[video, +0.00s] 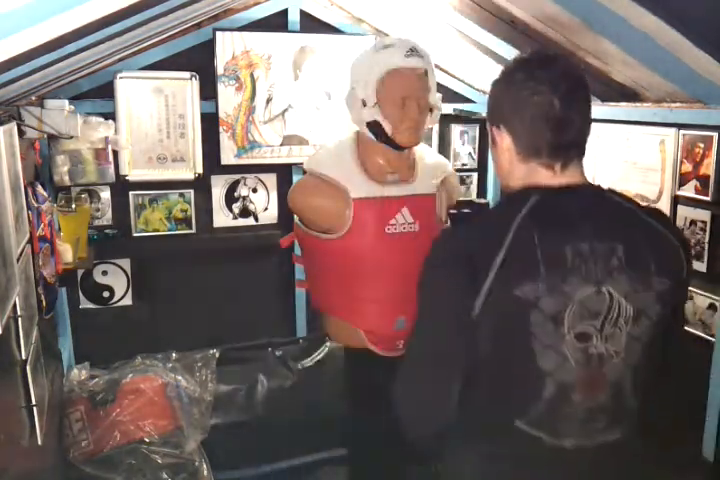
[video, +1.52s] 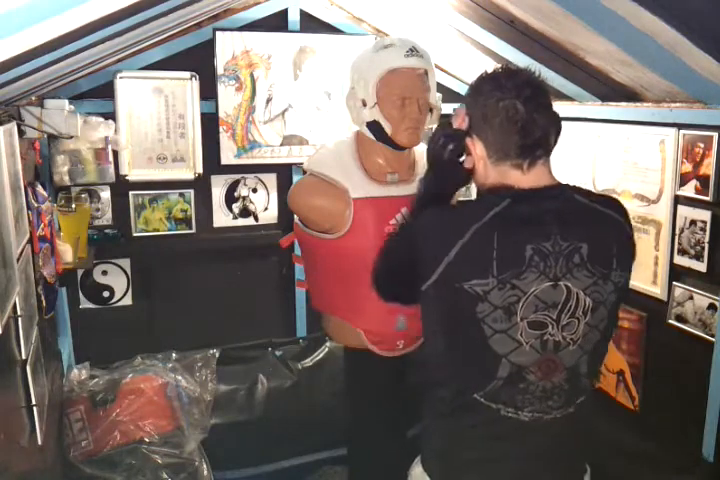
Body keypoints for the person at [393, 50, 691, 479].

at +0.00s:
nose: (491, 150)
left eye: (491, 137)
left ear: (500, 140)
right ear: (583, 133)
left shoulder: (474, 242)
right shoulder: (661, 239)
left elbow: (421, 412)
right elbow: (670, 397)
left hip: (501, 464)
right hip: (624, 464)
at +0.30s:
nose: (471, 155)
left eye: (469, 143)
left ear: (479, 150)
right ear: (557, 141)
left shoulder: (438, 235)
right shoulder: (631, 249)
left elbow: (363, 350)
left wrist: (377, 463)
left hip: (452, 461)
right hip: (574, 463)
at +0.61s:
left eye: (465, 143)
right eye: (400, 104)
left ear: (476, 153)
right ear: (553, 142)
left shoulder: (435, 232)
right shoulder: (626, 243)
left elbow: (369, 355)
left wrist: (376, 465)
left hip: (451, 457)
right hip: (568, 459)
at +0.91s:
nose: (467, 160)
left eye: (465, 148)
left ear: (477, 154)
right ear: (552, 143)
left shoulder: (440, 234)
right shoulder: (624, 239)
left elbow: (370, 358)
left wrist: (378, 466)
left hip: (455, 459)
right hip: (570, 461)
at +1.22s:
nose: (466, 159)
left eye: (465, 148)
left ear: (476, 154)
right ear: (551, 143)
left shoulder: (440, 235)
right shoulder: (624, 238)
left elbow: (372, 359)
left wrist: (378, 467)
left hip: (455, 461)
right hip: (566, 463)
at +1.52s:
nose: (461, 151)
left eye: (463, 140)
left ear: (476, 151)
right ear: (550, 138)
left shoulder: (446, 231)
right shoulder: (612, 222)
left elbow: (390, 282)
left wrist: (436, 187)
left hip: (464, 456)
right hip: (566, 456)